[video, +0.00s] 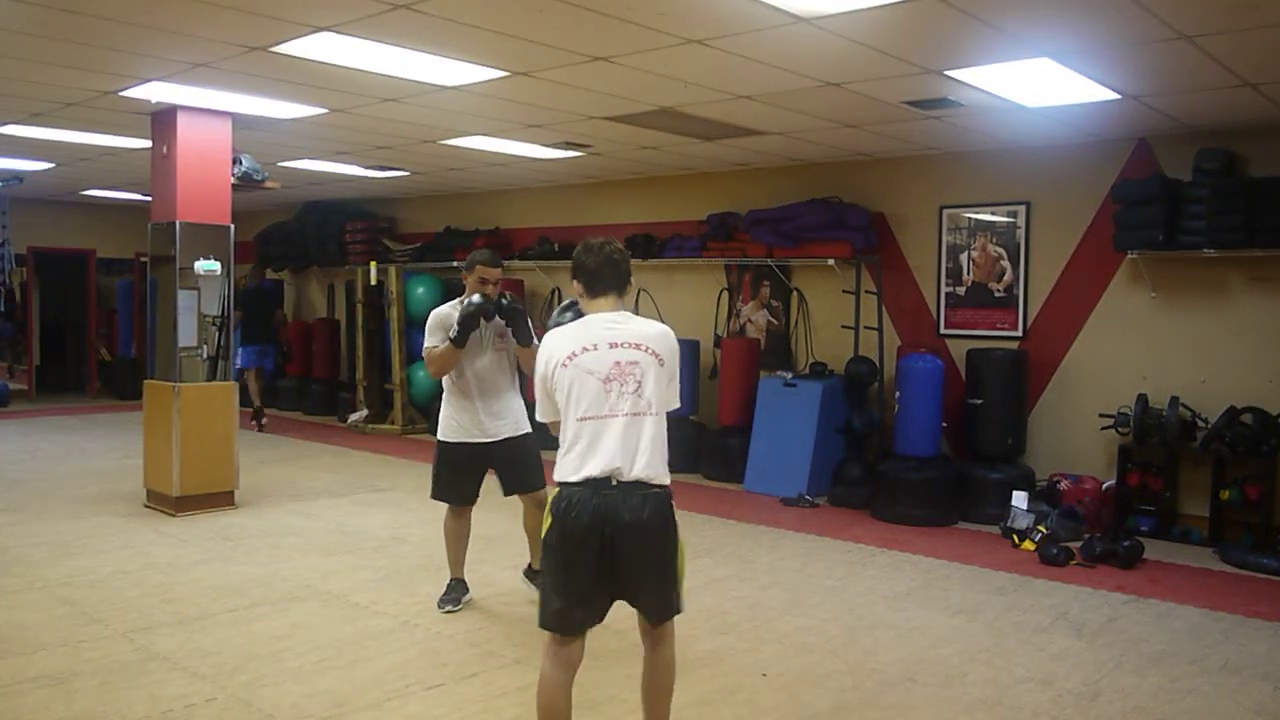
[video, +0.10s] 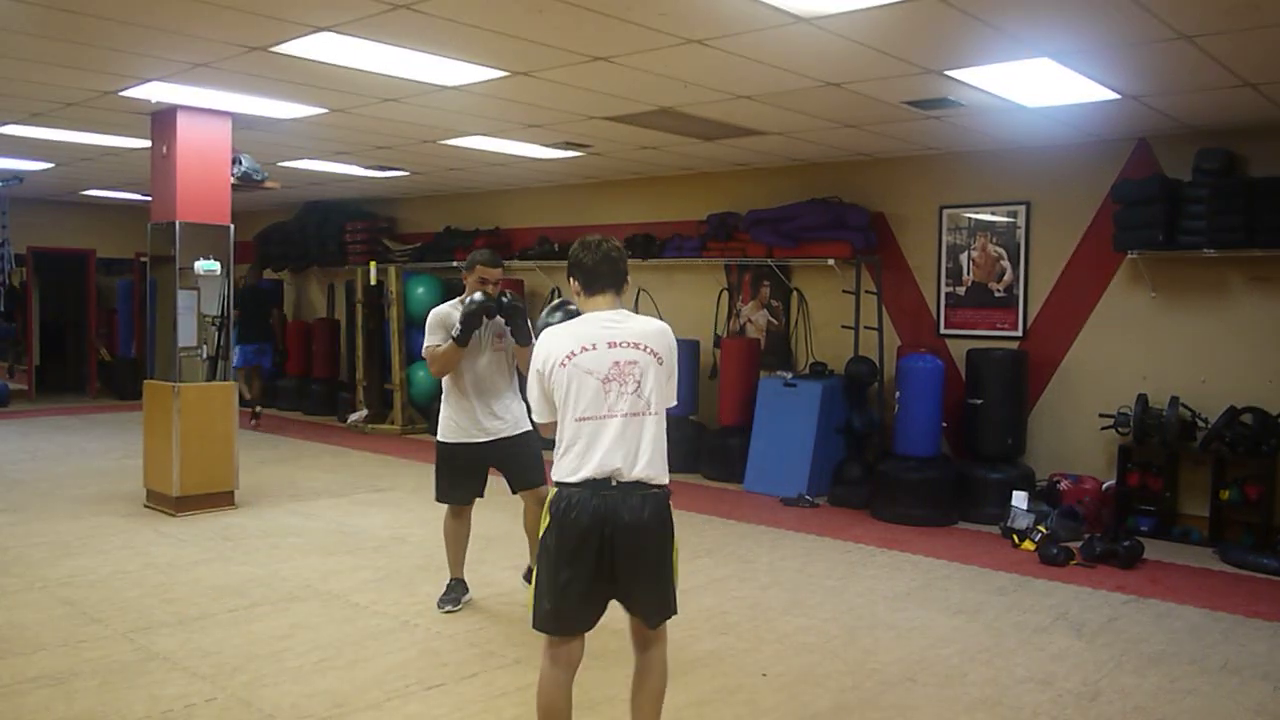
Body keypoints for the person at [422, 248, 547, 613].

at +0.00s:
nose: (489, 290)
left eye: (495, 283)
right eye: (482, 282)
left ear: (501, 283)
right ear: (465, 278)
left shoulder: (511, 314)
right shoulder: (442, 317)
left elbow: (532, 367)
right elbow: (435, 369)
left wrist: (520, 327)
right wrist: (462, 330)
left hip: (511, 426)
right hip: (460, 431)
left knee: (537, 498)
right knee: (459, 508)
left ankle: (537, 567)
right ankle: (456, 581)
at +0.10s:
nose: (489, 290)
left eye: (495, 284)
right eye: (482, 282)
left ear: (502, 283)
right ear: (465, 277)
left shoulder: (510, 313)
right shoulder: (442, 315)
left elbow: (528, 368)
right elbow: (437, 368)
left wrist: (518, 323)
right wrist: (465, 329)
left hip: (511, 424)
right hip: (460, 430)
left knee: (538, 496)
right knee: (458, 507)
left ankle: (537, 568)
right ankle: (456, 581)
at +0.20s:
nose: (493, 292)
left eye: (499, 285)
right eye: (486, 284)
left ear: (504, 284)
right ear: (469, 279)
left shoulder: (511, 316)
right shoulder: (445, 318)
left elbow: (530, 374)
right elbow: (436, 371)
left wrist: (523, 336)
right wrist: (466, 337)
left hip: (511, 430)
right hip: (460, 434)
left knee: (535, 502)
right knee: (458, 510)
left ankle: (546, 578)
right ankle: (456, 581)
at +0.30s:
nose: (499, 296)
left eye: (505, 289)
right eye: (491, 288)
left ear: (512, 287)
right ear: (476, 283)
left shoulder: (518, 319)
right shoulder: (451, 320)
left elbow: (540, 365)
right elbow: (439, 374)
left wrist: (530, 330)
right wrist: (465, 341)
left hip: (513, 435)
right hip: (463, 436)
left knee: (532, 512)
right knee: (460, 511)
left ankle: (550, 585)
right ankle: (456, 581)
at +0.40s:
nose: (505, 302)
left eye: (513, 294)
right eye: (498, 293)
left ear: (523, 290)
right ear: (484, 286)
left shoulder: (530, 320)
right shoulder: (462, 320)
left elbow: (553, 365)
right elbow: (447, 373)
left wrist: (536, 331)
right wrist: (472, 334)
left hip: (521, 436)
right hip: (470, 437)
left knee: (538, 515)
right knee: (464, 514)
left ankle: (556, 589)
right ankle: (457, 582)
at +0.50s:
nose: (509, 297)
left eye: (516, 291)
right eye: (504, 289)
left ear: (530, 290)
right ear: (494, 284)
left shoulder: (543, 318)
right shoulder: (473, 317)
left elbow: (565, 366)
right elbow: (454, 371)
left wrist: (547, 332)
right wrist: (481, 331)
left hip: (533, 438)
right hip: (480, 438)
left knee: (547, 516)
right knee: (466, 512)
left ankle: (557, 597)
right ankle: (458, 581)